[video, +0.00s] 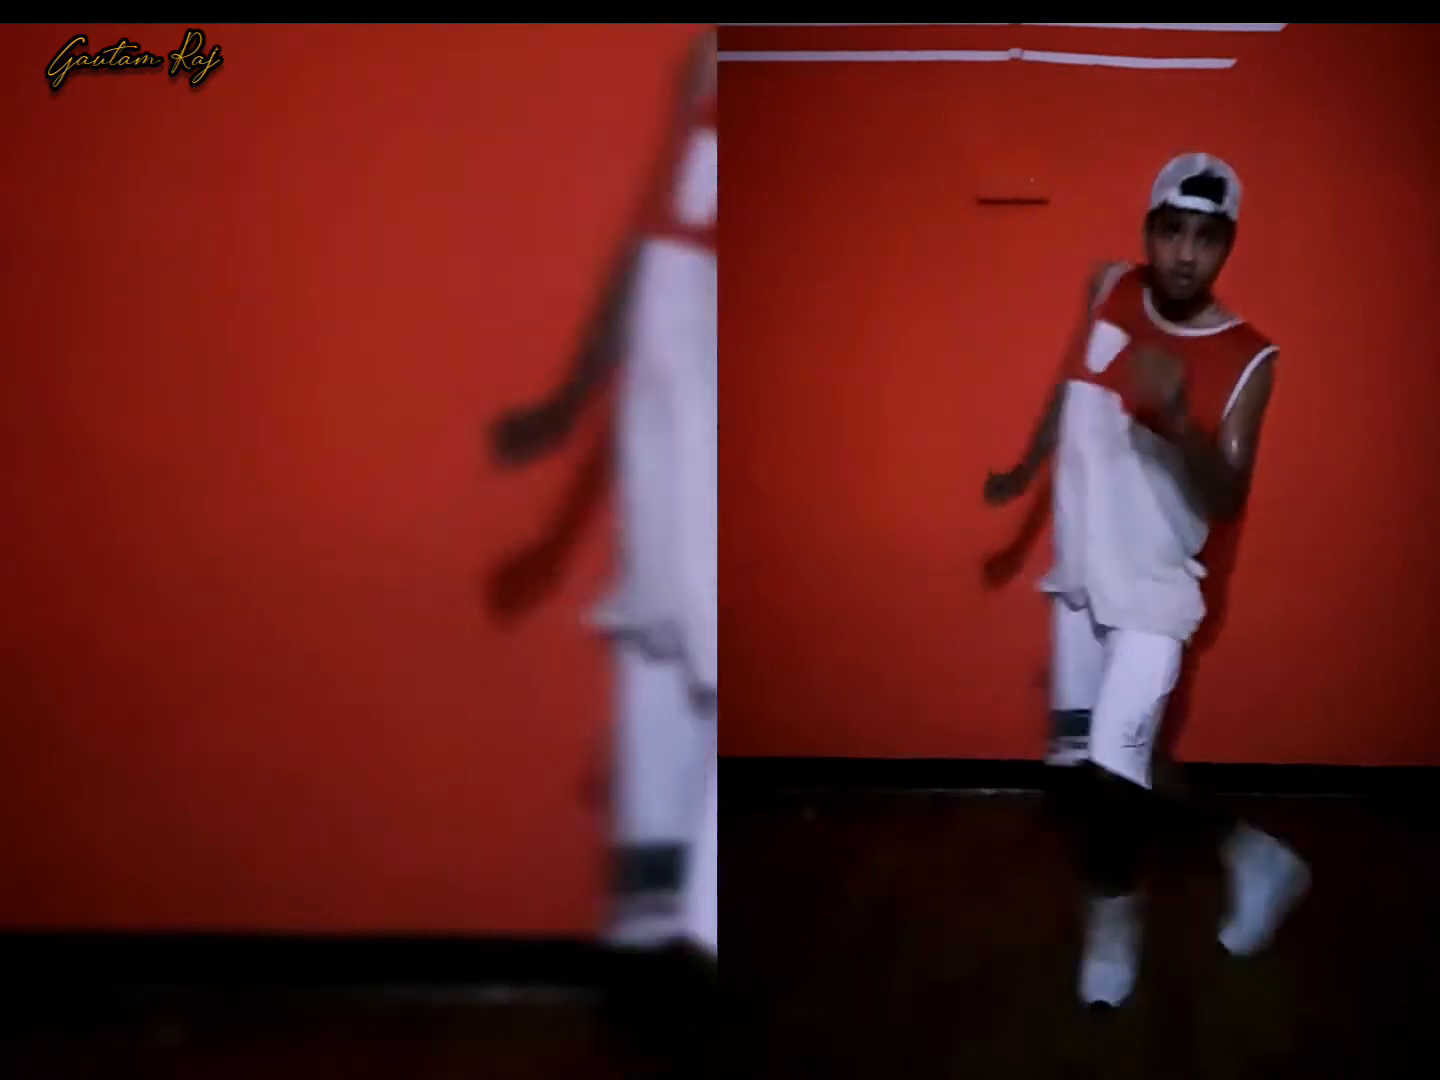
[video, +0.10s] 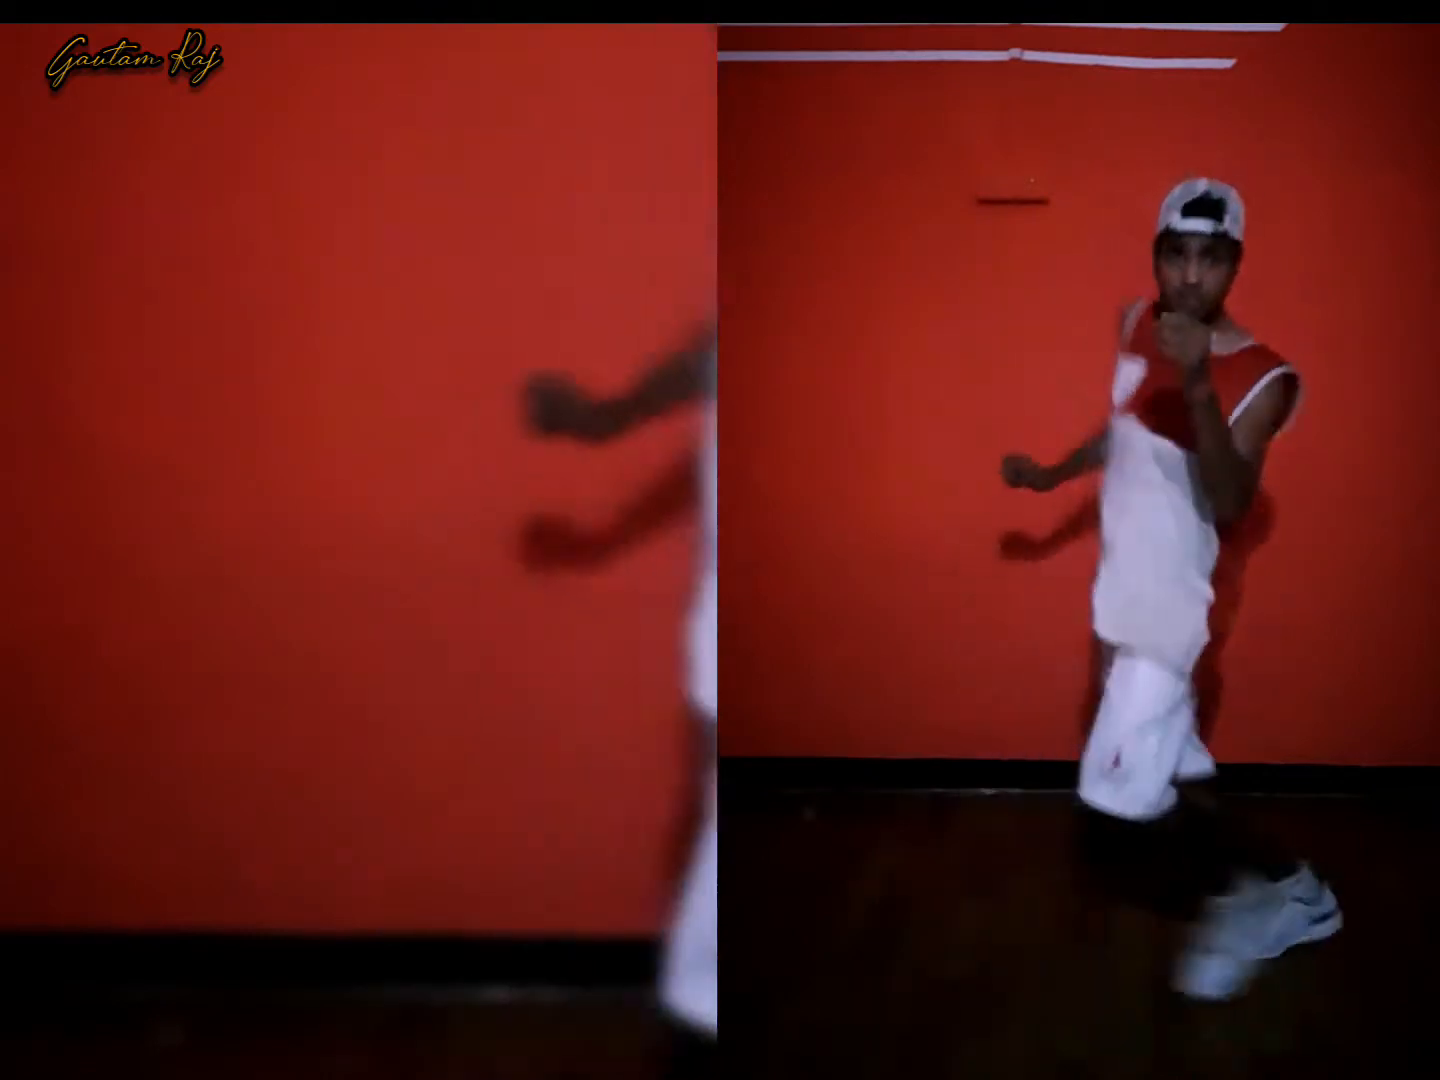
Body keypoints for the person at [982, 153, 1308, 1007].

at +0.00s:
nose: (1185, 253)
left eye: (1204, 238)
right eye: (1171, 232)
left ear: (1228, 249)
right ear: (1148, 236)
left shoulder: (1244, 357)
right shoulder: (1113, 291)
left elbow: (1225, 496)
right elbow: (1070, 385)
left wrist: (1174, 426)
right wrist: (1025, 466)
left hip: (1156, 593)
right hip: (1079, 573)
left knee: (1110, 774)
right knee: (1075, 765)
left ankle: (1109, 941)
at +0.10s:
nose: (1191, 275)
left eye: (1210, 259)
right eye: (1177, 256)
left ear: (1234, 268)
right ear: (1156, 260)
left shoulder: (1259, 377)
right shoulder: (1141, 328)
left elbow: (1224, 502)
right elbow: (1130, 426)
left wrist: (1195, 380)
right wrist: (1054, 472)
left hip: (1171, 614)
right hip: (1121, 599)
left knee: (1113, 800)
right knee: (1172, 773)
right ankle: (1283, 888)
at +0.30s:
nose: (1121, 277)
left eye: (1136, 257)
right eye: (1109, 259)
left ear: (1181, 251)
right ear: (1102, 261)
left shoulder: (1240, 331)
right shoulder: (1130, 341)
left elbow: (1259, 451)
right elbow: (1157, 443)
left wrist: (1143, 399)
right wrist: (1096, 441)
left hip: (1231, 614)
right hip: (1162, 603)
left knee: (1218, 801)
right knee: (1126, 760)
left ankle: (1349, 920)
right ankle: (1260, 882)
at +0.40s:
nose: (1082, 315)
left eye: (1097, 295)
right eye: (1074, 298)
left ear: (1147, 289)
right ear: (1077, 293)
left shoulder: (1199, 352)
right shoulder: (1123, 368)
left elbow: (1244, 449)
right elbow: (1144, 442)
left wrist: (1109, 488)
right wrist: (1076, 466)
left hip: (1262, 592)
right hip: (1189, 579)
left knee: (1246, 797)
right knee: (1106, 699)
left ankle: (1366, 932)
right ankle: (1179, 870)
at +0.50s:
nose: (1067, 352)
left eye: (1080, 333)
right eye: (1060, 335)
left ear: (1131, 326)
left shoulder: (1160, 401)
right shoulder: (1152, 379)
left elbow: (1217, 493)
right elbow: (1127, 450)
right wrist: (1077, 495)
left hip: (1271, 606)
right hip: (1204, 586)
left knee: (1245, 807)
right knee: (1110, 705)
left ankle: (1370, 936)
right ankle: (1111, 895)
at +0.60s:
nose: (1042, 390)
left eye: (1054, 372)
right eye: (1037, 373)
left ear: (1109, 359)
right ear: (1109, 359)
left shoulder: (1137, 453)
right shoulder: (1145, 403)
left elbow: (1203, 579)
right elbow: (1127, 507)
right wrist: (1081, 583)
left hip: (1261, 623)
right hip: (1191, 594)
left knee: (1238, 820)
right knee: (1098, 722)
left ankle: (1369, 939)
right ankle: (1102, 907)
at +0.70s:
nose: (1020, 370)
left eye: (1030, 352)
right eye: (1014, 354)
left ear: (1085, 338)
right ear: (1076, 338)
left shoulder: (1143, 431)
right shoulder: (1080, 404)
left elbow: (1230, 548)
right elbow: (1112, 529)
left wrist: (1268, 676)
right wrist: (1062, 632)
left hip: (1210, 622)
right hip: (1137, 598)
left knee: (1198, 814)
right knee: (1074, 738)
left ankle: (1350, 926)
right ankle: (1099, 911)